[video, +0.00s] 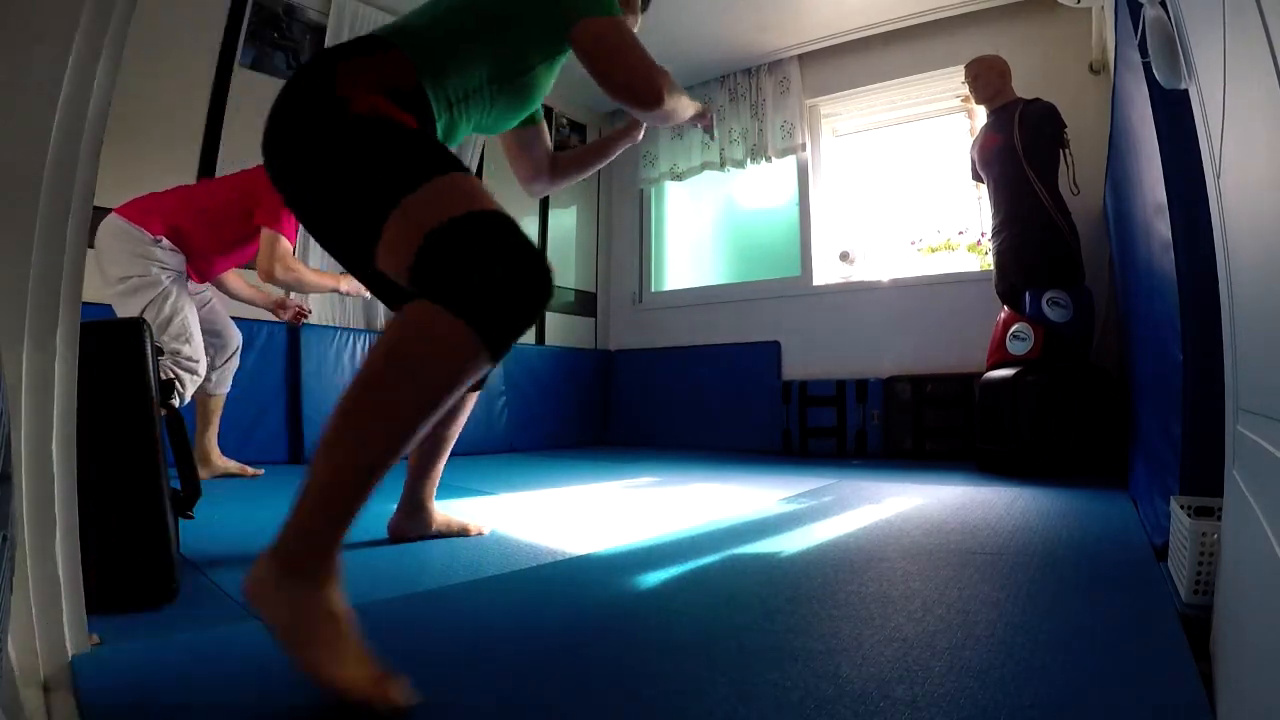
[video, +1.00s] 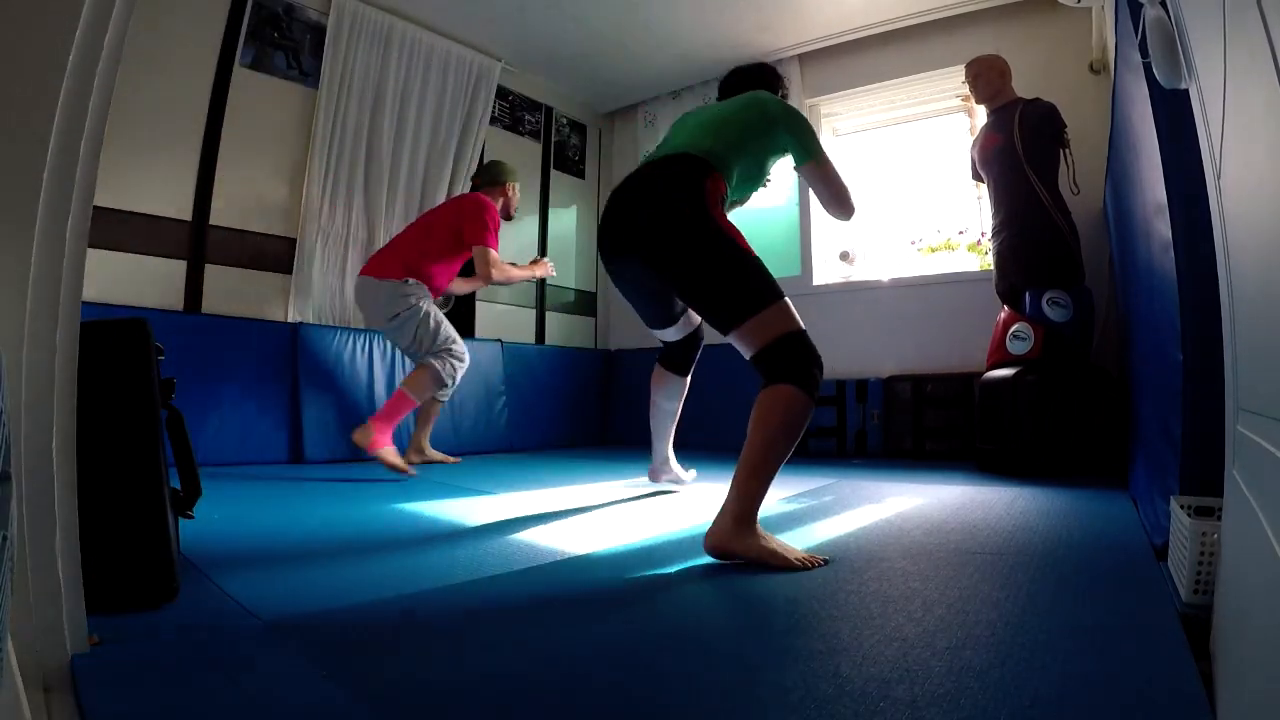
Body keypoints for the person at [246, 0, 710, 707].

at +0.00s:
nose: (631, 23)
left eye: (633, 15)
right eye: (633, 10)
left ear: (602, 12)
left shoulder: (513, 65)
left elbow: (543, 176)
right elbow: (646, 91)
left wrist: (635, 128)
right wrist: (685, 106)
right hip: (350, 106)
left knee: (480, 305)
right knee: (497, 274)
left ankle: (416, 507)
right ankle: (295, 567)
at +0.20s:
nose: (680, 17)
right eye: (675, 14)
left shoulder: (555, 48)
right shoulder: (641, 2)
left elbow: (558, 179)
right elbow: (715, 122)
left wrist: (654, 129)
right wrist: (724, 130)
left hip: (405, 143)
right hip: (423, 136)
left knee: (545, 333)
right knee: (567, 343)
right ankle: (377, 602)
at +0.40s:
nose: (699, 62)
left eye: (699, 54)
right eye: (697, 51)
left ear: (638, 26)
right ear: (682, 33)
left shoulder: (600, 88)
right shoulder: (663, 45)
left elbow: (598, 193)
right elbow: (743, 153)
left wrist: (668, 163)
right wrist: (751, 139)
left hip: (454, 196)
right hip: (502, 170)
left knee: (570, 351)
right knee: (659, 311)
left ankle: (522, 529)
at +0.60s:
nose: (728, 68)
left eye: (723, 58)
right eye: (727, 58)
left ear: (669, 43)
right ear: (716, 44)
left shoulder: (633, 77)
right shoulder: (712, 61)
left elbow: (612, 194)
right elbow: (790, 167)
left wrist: (680, 172)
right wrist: (773, 141)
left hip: (519, 197)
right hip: (569, 186)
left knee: (616, 339)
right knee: (682, 368)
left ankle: (590, 479)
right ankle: (539, 560)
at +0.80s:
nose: (756, 93)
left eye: (753, 85)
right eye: (755, 85)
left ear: (697, 77)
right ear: (747, 79)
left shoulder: (665, 109)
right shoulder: (743, 98)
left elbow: (667, 213)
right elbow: (806, 196)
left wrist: (720, 182)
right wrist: (793, 160)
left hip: (566, 220)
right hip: (630, 209)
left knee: (650, 343)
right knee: (763, 331)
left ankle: (608, 485)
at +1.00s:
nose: (785, 101)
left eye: (780, 94)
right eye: (783, 95)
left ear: (726, 93)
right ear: (774, 91)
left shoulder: (696, 118)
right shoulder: (780, 111)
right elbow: (842, 207)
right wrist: (804, 160)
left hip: (618, 225)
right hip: (683, 215)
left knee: (680, 339)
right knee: (795, 364)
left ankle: (661, 463)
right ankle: (736, 525)